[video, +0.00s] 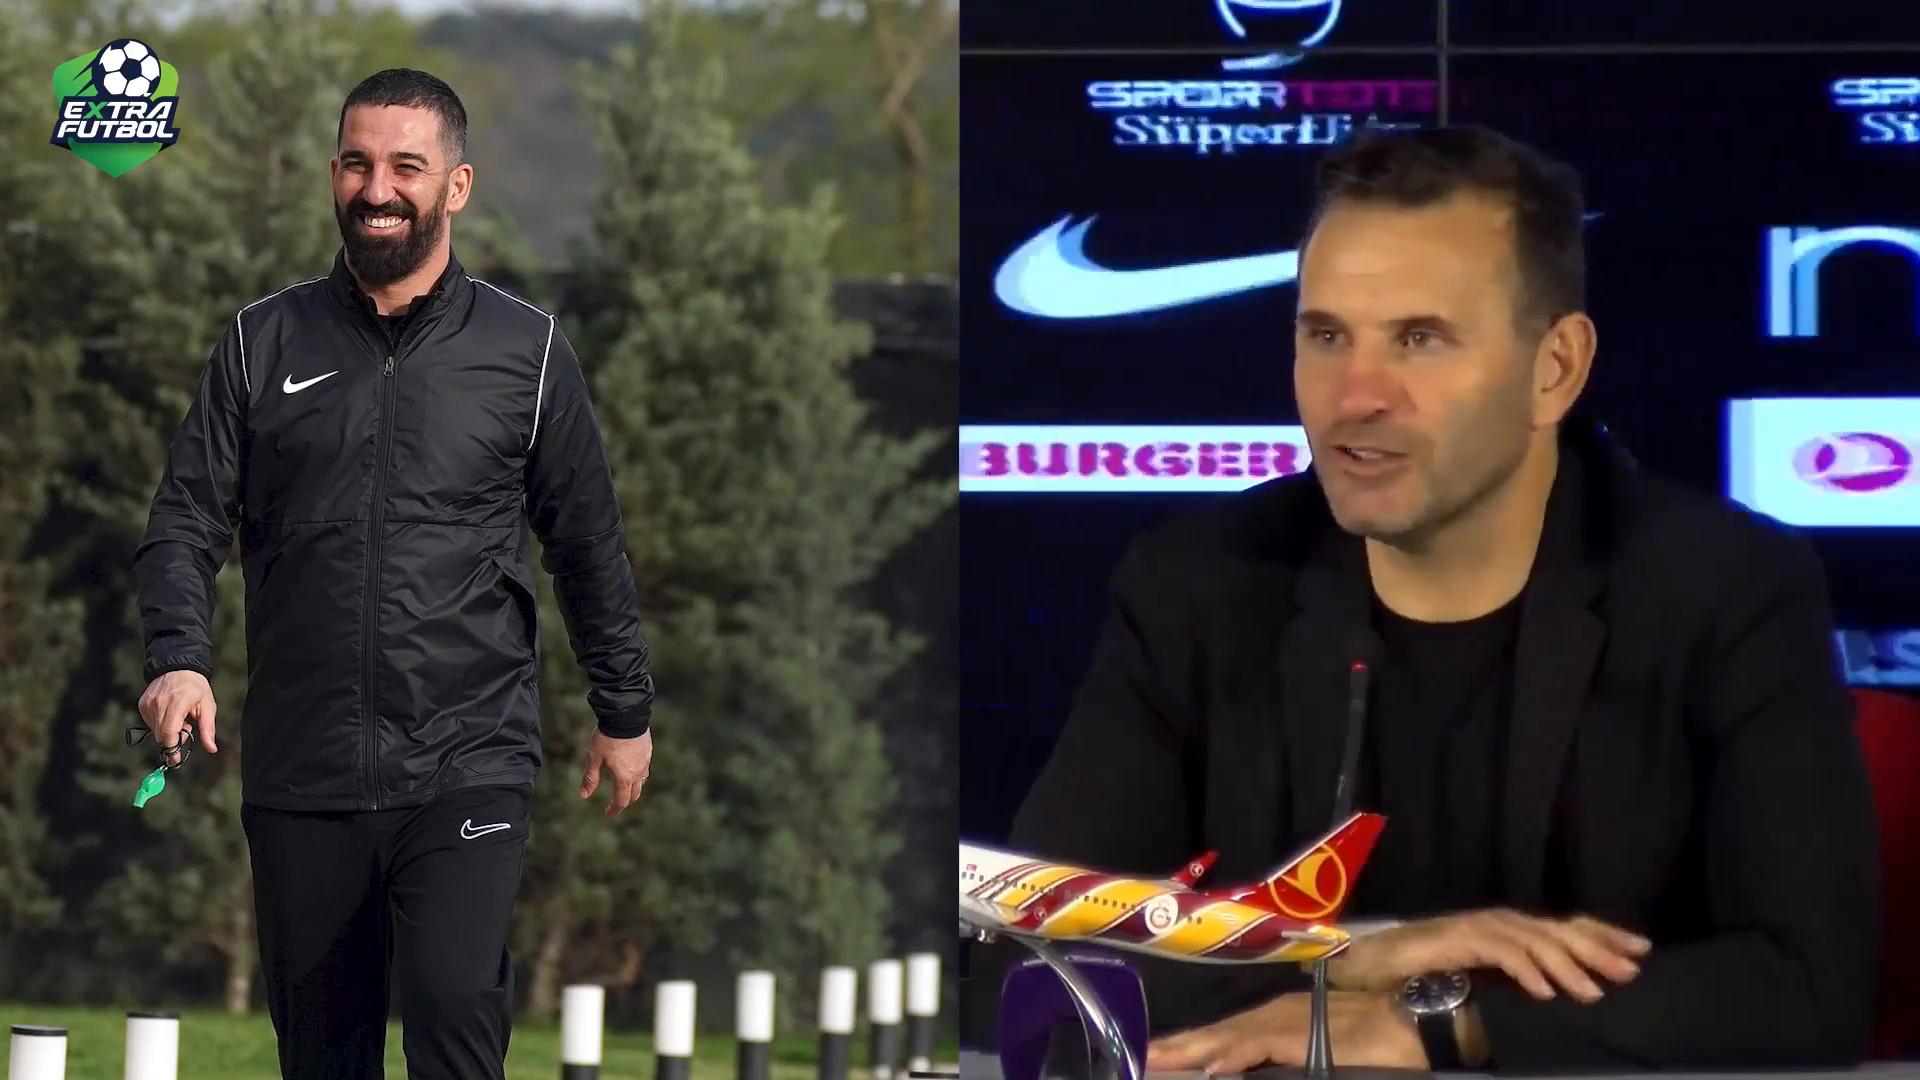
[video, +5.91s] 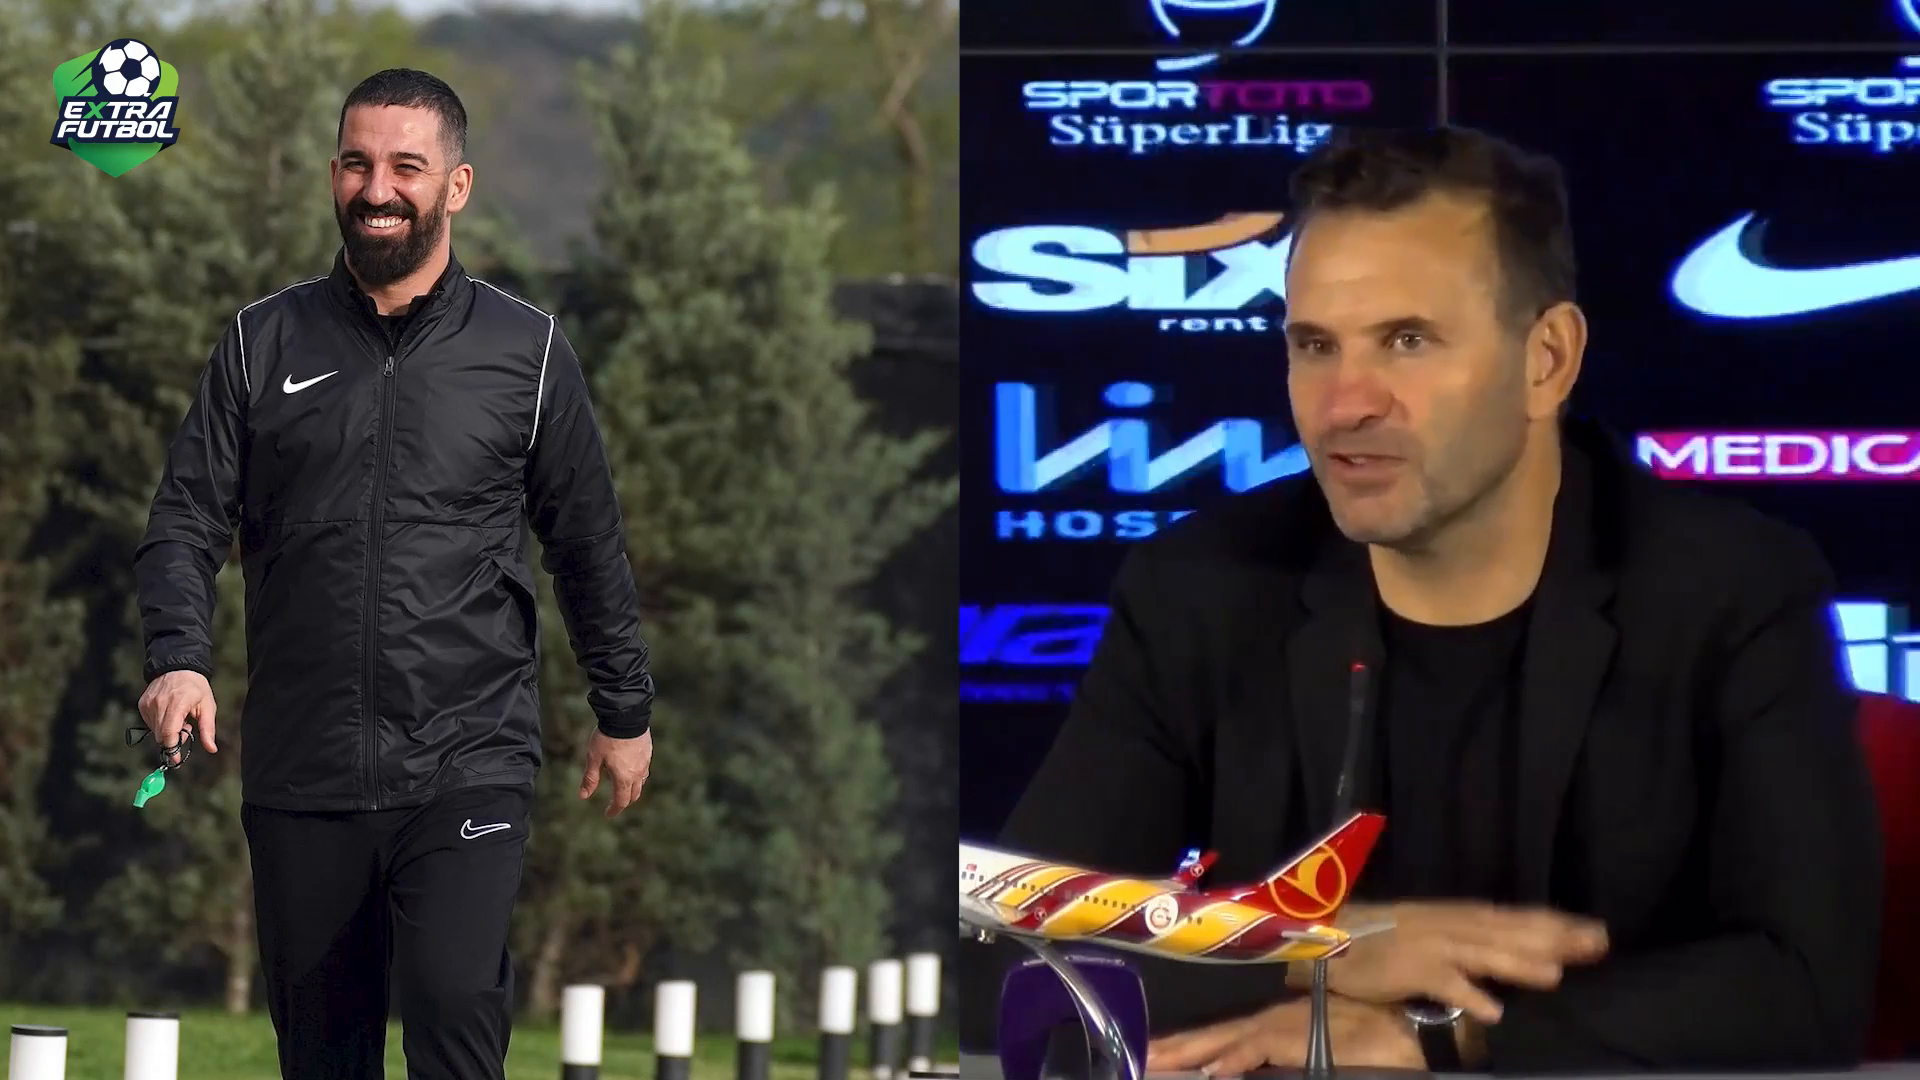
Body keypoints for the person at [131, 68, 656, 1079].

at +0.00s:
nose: (376, 187)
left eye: (405, 164)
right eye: (356, 162)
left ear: (458, 185)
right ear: (334, 176)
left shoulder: (529, 350)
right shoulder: (259, 343)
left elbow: (589, 541)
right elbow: (187, 513)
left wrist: (623, 708)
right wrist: (178, 658)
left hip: (472, 751)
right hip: (302, 753)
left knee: (455, 1017)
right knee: (319, 1039)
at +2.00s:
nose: (376, 187)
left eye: (405, 164)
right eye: (356, 162)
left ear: (458, 185)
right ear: (334, 176)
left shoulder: (529, 349)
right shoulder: (259, 343)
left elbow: (588, 541)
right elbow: (187, 513)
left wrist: (623, 709)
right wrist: (178, 658)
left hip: (472, 752)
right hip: (302, 755)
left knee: (455, 1018)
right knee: (320, 1042)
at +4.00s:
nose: (375, 186)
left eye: (405, 164)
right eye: (356, 162)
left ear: (458, 186)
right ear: (334, 177)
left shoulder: (530, 350)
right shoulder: (259, 343)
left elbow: (589, 542)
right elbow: (186, 513)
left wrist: (623, 708)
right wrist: (178, 658)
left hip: (472, 751)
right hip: (302, 753)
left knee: (454, 1018)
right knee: (320, 1041)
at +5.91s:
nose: (376, 187)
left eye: (405, 164)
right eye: (356, 162)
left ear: (458, 185)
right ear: (334, 177)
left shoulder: (530, 350)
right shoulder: (259, 342)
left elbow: (589, 541)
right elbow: (186, 513)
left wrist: (623, 708)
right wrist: (178, 658)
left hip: (471, 752)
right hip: (301, 755)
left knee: (455, 1020)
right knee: (320, 1043)